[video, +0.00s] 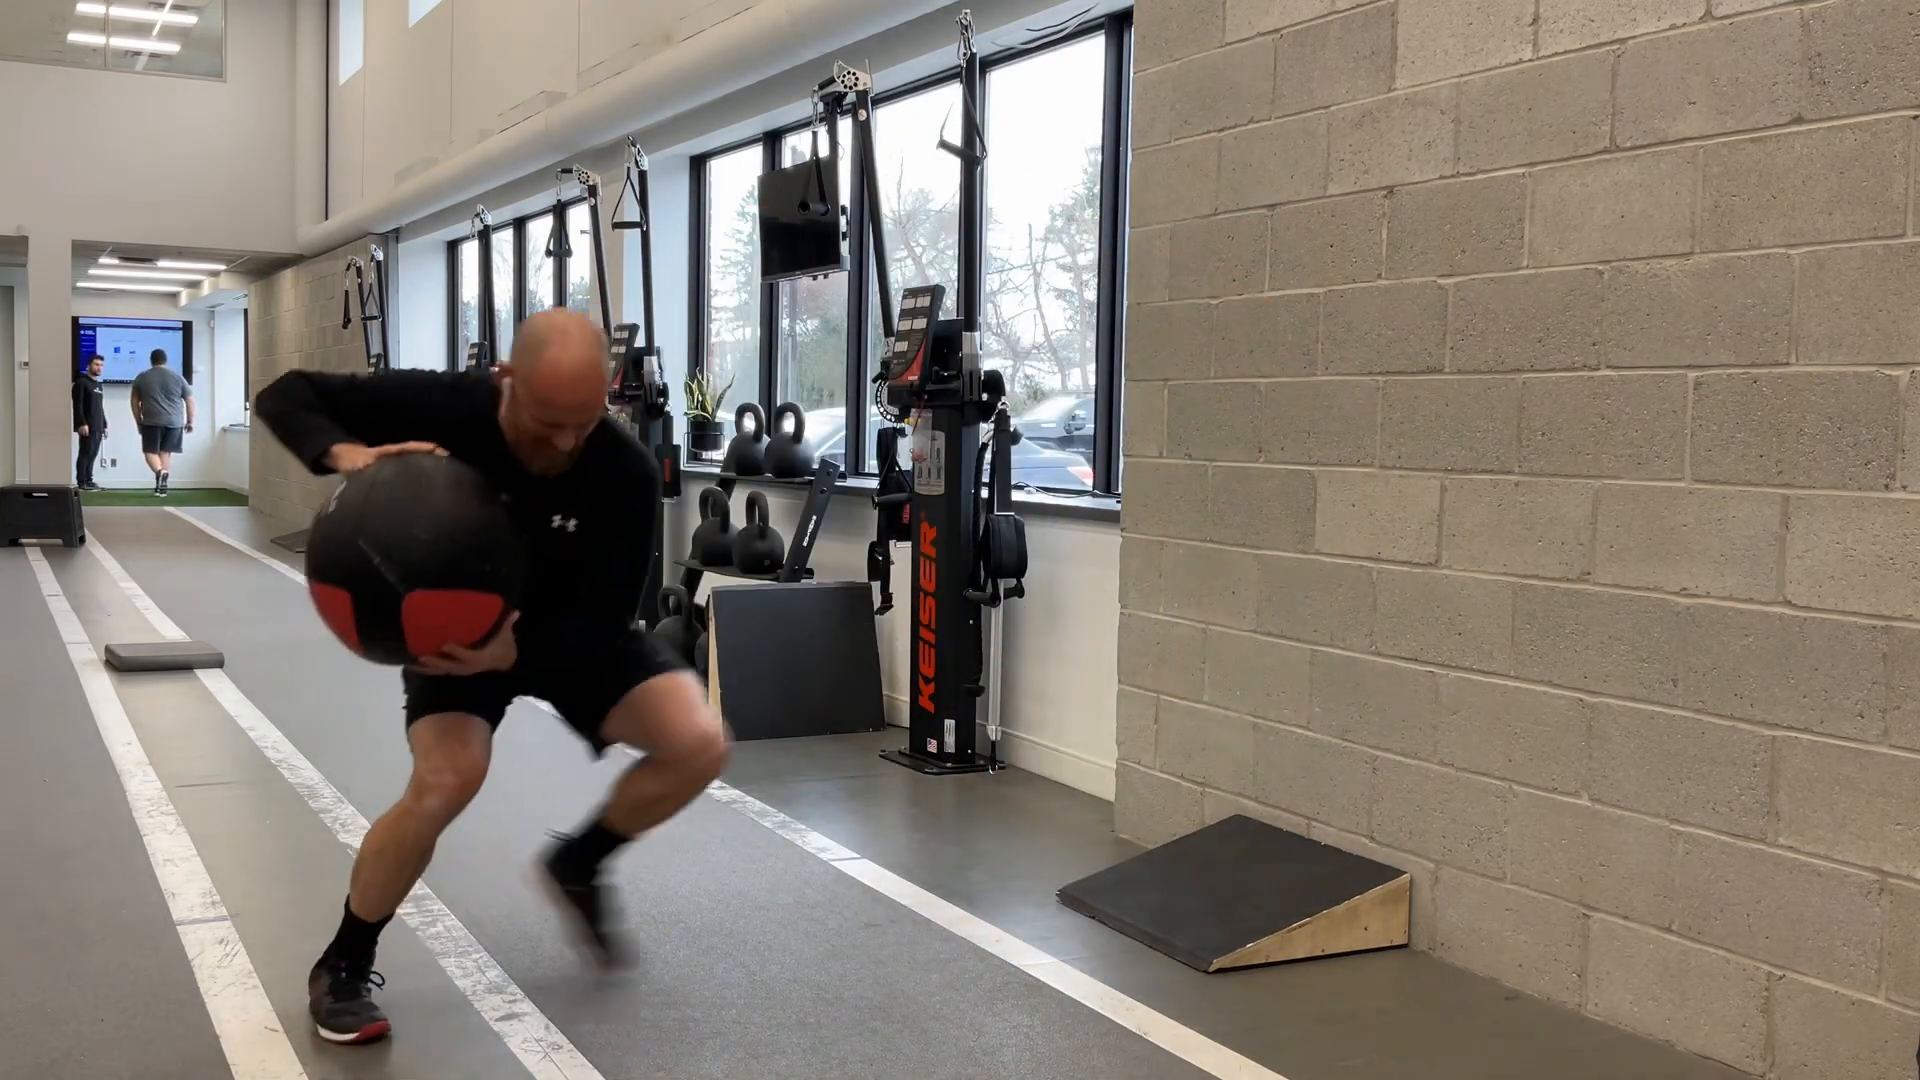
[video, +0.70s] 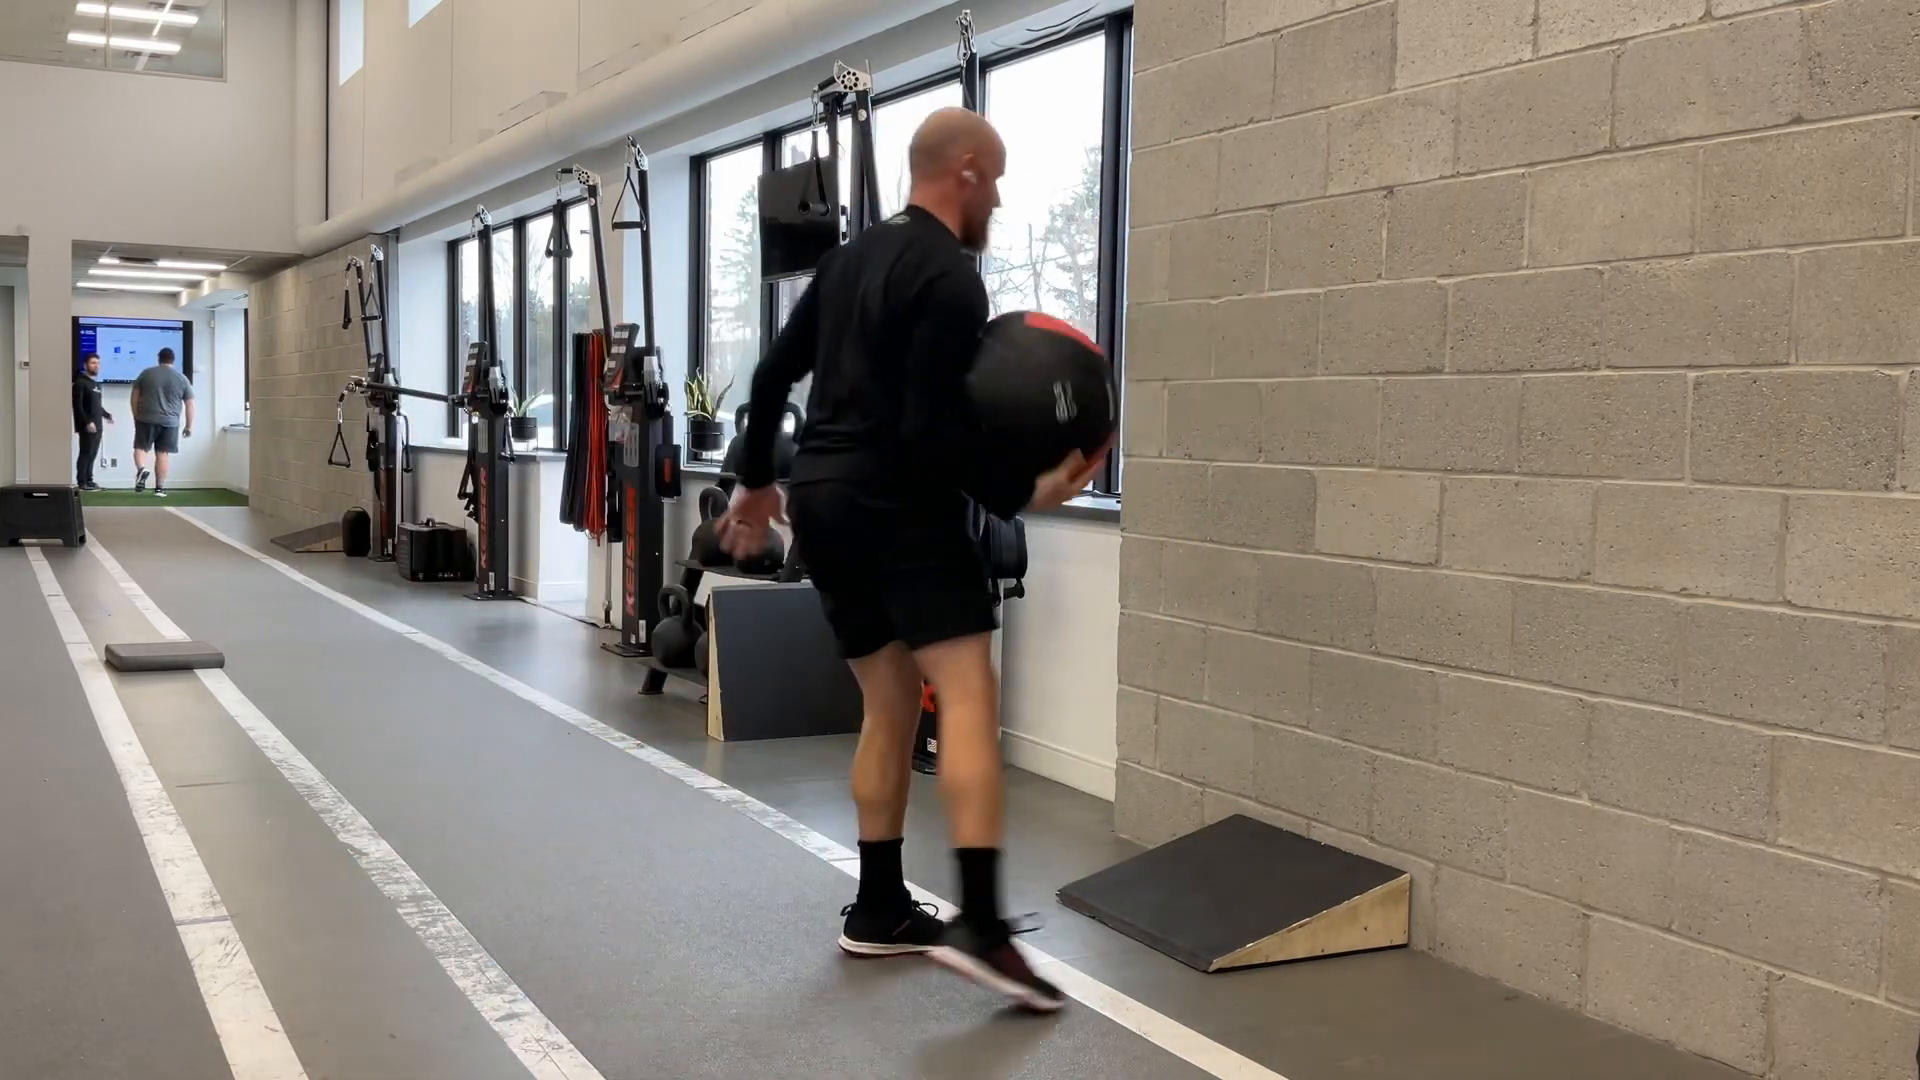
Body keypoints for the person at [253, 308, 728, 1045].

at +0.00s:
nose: (565, 443)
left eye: (582, 427)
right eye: (547, 425)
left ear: (607, 395)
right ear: (506, 383)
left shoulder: (626, 474)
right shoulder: (459, 407)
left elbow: (609, 616)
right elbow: (283, 397)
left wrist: (516, 651)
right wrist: (339, 452)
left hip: (579, 629)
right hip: (457, 634)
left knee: (699, 746)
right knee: (447, 780)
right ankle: (345, 965)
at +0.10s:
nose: (648, 403)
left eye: (655, 384)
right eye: (630, 387)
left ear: (664, 367)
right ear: (575, 360)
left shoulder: (670, 457)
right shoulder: (494, 389)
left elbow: (648, 589)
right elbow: (327, 382)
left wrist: (569, 621)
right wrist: (385, 444)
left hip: (614, 611)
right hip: (496, 621)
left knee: (775, 711)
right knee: (462, 783)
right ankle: (349, 965)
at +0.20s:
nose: (747, 346)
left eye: (752, 329)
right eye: (736, 329)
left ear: (710, 318)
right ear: (677, 319)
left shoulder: (735, 417)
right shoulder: (570, 370)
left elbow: (750, 551)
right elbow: (406, 393)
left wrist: (706, 562)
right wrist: (477, 445)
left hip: (668, 608)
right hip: (555, 610)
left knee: (824, 704)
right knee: (508, 789)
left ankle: (867, 890)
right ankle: (355, 964)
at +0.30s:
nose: (832, 266)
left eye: (831, 249)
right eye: (821, 249)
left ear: (772, 252)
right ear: (769, 252)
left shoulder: (797, 351)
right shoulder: (679, 345)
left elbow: (803, 464)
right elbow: (608, 450)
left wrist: (884, 441)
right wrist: (714, 447)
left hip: (729, 590)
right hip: (645, 593)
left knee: (844, 709)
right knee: (572, 784)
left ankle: (875, 906)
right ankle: (377, 941)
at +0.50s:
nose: (915, 207)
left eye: (916, 191)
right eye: (911, 191)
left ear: (840, 181)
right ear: (871, 186)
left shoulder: (790, 261)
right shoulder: (881, 275)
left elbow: (802, 384)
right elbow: (978, 382)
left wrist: (901, 383)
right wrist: (1079, 400)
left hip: (758, 513)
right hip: (808, 521)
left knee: (871, 692)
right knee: (777, 733)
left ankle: (879, 905)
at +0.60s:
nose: (957, 196)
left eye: (957, 180)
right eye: (953, 179)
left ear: (883, 172)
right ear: (920, 173)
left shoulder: (815, 257)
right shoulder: (924, 279)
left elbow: (739, 371)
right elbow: (961, 422)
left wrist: (748, 454)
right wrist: (1070, 470)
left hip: (800, 500)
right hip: (867, 506)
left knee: (882, 705)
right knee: (881, 710)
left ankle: (879, 903)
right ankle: (833, 941)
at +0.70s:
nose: (1000, 197)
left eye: (998, 179)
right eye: (995, 179)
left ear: (926, 174)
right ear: (964, 176)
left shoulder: (849, 260)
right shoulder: (948, 275)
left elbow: (773, 370)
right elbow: (942, 428)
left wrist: (753, 480)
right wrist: (1023, 496)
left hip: (825, 506)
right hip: (913, 508)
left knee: (889, 707)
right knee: (967, 702)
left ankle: (878, 906)